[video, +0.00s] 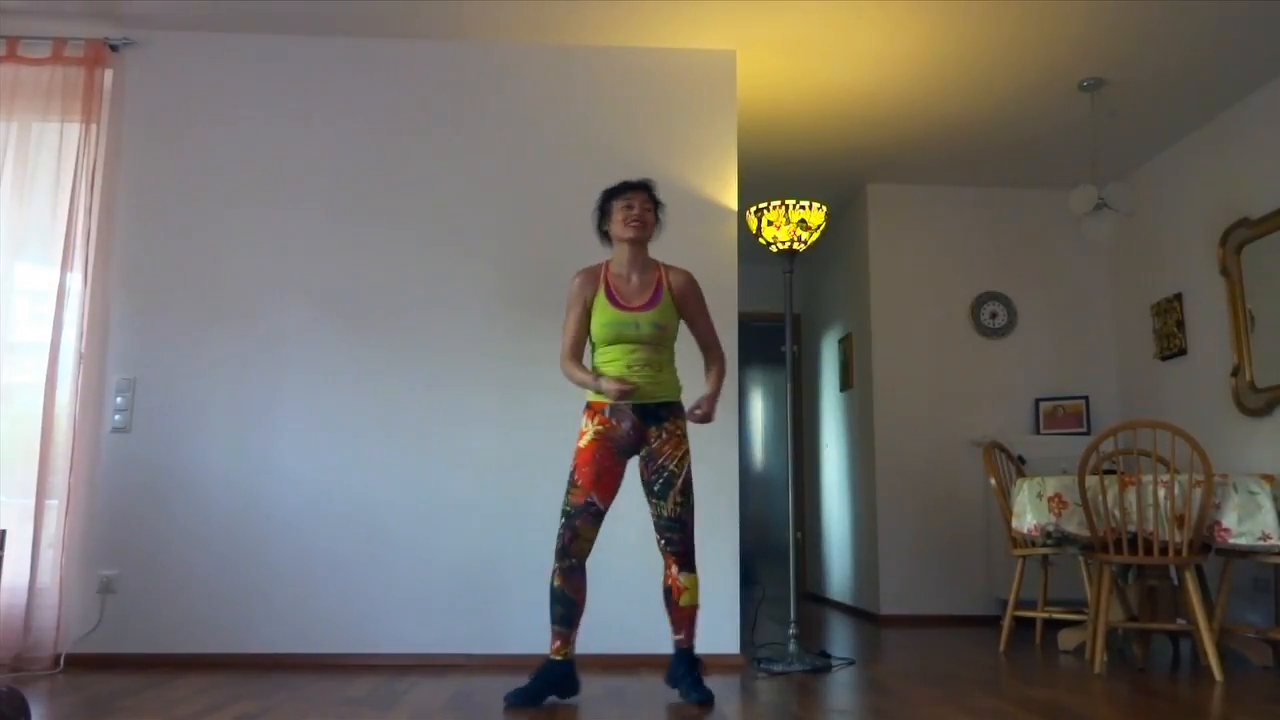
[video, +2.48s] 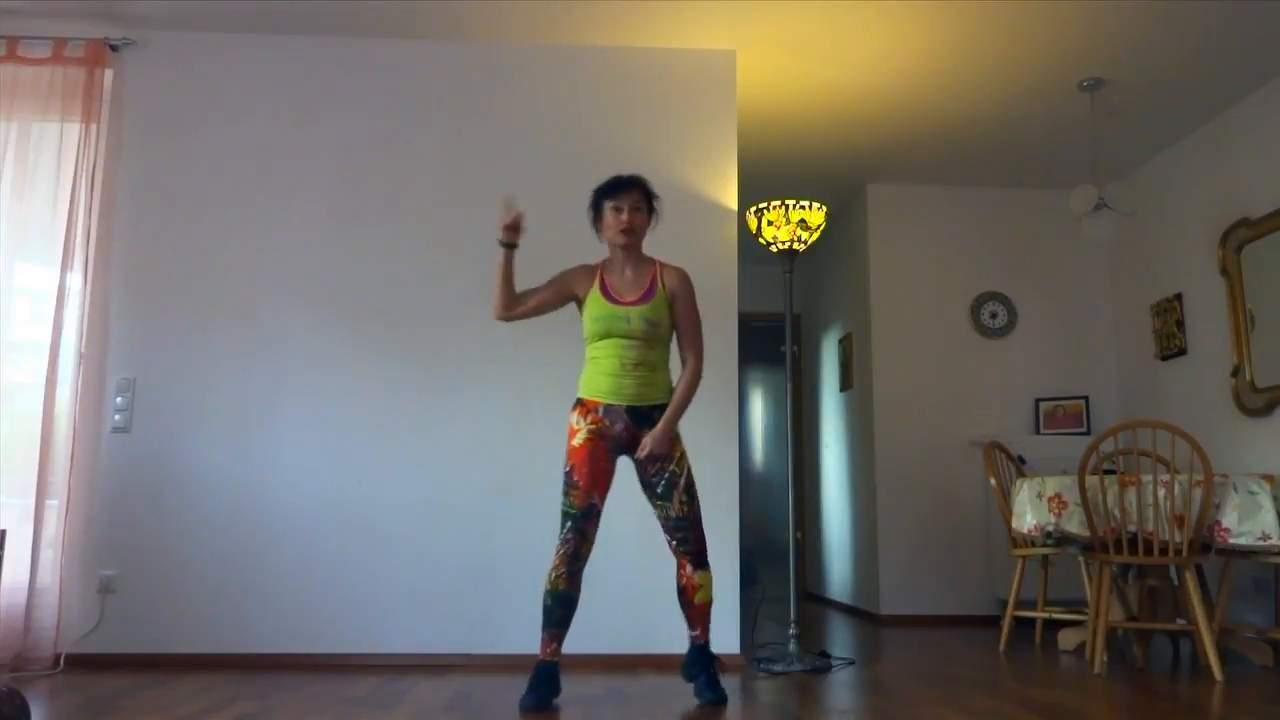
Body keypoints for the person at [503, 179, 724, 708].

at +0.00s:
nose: (636, 213)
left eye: (645, 207)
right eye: (626, 207)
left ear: (656, 222)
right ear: (606, 223)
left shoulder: (678, 284)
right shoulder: (588, 283)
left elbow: (714, 355)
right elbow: (569, 361)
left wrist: (710, 395)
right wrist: (599, 383)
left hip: (664, 421)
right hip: (605, 421)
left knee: (676, 541)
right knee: (571, 540)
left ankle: (685, 662)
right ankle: (559, 664)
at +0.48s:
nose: (640, 220)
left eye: (650, 217)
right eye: (632, 211)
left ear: (657, 233)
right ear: (608, 222)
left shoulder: (666, 291)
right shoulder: (577, 279)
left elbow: (681, 370)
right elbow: (534, 352)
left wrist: (678, 433)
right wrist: (549, 318)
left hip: (650, 421)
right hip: (588, 419)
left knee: (671, 541)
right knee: (563, 539)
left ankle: (679, 660)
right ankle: (542, 663)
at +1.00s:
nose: (646, 225)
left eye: (654, 219)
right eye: (637, 214)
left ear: (661, 230)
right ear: (612, 221)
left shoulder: (672, 288)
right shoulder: (587, 280)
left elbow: (690, 372)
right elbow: (564, 360)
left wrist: (665, 426)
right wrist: (577, 294)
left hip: (656, 421)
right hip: (597, 421)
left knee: (676, 546)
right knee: (557, 540)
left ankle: (708, 659)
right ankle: (550, 661)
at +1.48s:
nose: (636, 228)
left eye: (644, 222)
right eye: (627, 218)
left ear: (652, 232)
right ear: (602, 222)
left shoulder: (662, 290)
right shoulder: (575, 281)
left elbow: (678, 376)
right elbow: (537, 357)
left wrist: (654, 429)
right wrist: (548, 297)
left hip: (643, 424)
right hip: (584, 420)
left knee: (677, 542)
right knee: (558, 539)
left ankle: (682, 659)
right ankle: (533, 663)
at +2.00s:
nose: (639, 230)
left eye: (645, 221)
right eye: (628, 221)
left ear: (653, 229)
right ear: (603, 230)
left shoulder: (676, 286)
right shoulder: (587, 293)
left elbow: (704, 367)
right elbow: (519, 338)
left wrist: (679, 425)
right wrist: (514, 276)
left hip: (670, 426)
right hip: (610, 428)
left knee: (692, 550)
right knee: (566, 544)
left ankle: (711, 663)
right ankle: (556, 665)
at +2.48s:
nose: (628, 218)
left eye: (638, 211)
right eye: (618, 209)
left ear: (651, 221)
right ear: (598, 219)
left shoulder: (672, 281)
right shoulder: (582, 279)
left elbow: (693, 365)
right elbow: (506, 308)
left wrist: (665, 427)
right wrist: (507, 246)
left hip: (656, 421)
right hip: (595, 420)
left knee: (690, 543)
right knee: (574, 542)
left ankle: (700, 656)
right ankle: (546, 667)